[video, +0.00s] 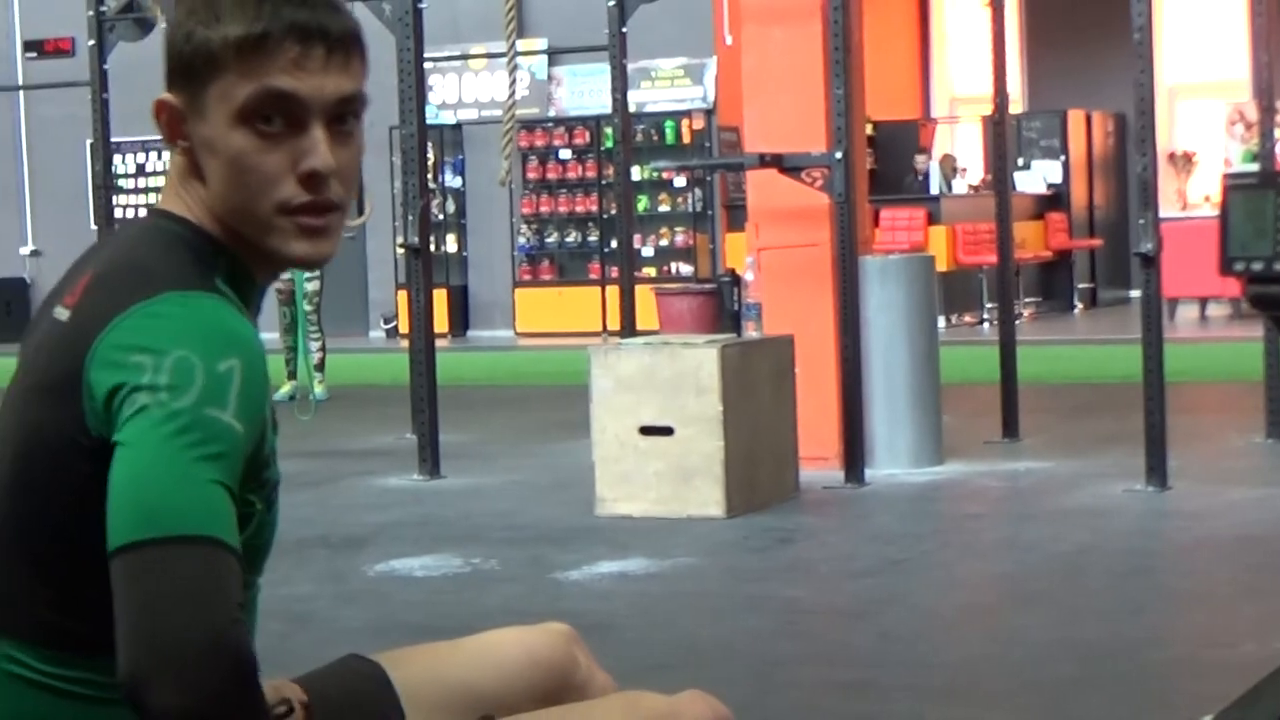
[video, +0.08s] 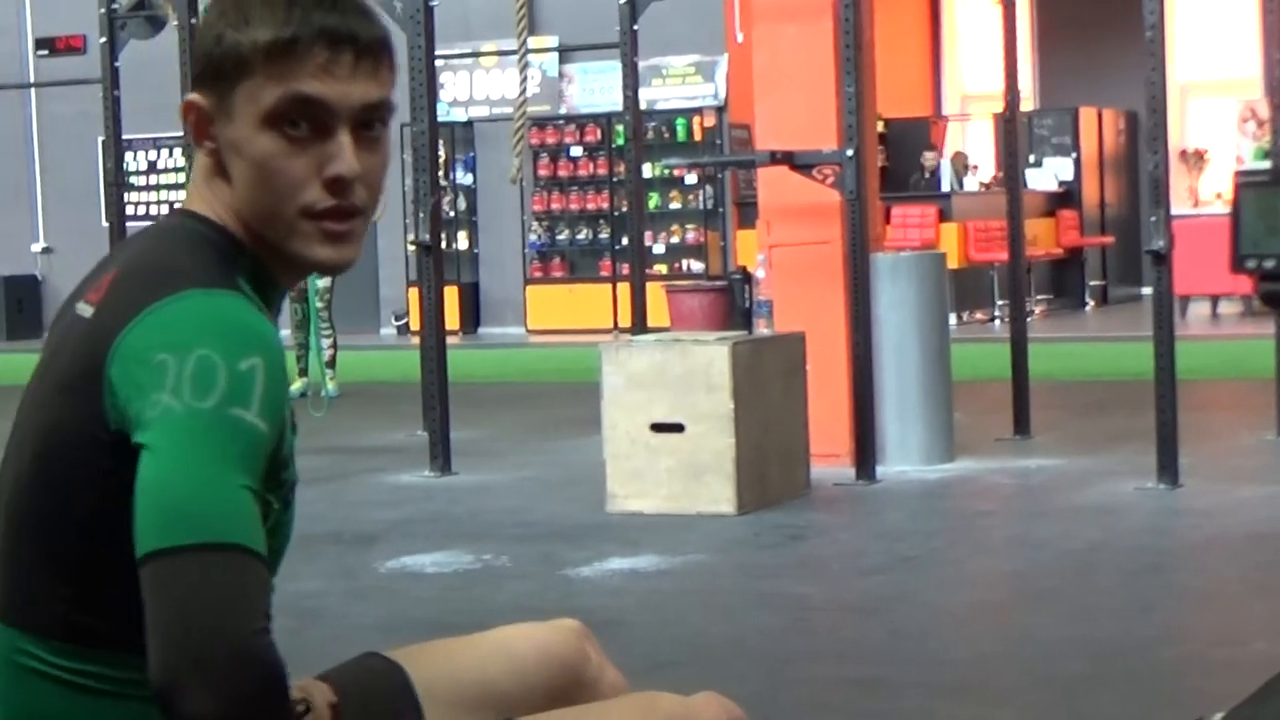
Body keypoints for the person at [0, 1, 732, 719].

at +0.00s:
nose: (322, 163)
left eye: (343, 121)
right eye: (273, 123)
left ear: (367, 128)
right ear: (179, 133)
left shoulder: (130, 268)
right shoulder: (190, 331)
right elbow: (183, 682)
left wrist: (237, 691)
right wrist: (269, 703)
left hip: (85, 691)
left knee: (553, 654)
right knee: (695, 708)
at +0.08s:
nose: (347, 170)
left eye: (370, 129)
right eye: (300, 128)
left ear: (393, 134)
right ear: (207, 133)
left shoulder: (169, 274)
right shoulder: (208, 325)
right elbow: (213, 679)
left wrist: (261, 695)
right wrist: (287, 708)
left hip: (108, 692)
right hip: (132, 718)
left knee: (566, 653)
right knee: (708, 711)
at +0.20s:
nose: (382, 166)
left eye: (406, 125)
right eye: (335, 120)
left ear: (428, 131)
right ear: (239, 121)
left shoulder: (213, 273)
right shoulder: (240, 315)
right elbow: (246, 677)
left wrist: (301, 690)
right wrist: (326, 708)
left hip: (155, 691)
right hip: (155, 718)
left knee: (580, 641)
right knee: (722, 706)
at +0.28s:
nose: (401, 149)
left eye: (426, 112)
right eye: (357, 105)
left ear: (447, 121)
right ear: (262, 107)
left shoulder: (231, 254)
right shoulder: (263, 296)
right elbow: (263, 647)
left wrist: (334, 689)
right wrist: (347, 714)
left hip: (189, 684)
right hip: (190, 714)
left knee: (589, 624)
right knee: (731, 691)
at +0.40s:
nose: (423, 114)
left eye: (446, 78)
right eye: (378, 70)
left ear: (466, 90)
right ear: (283, 74)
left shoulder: (247, 223)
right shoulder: (281, 261)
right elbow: (296, 617)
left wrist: (343, 665)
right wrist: (367, 712)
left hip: (201, 670)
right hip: (221, 703)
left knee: (603, 583)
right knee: (745, 661)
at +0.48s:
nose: (429, 105)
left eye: (452, 69)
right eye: (385, 60)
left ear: (471, 82)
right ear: (289, 62)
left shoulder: (255, 210)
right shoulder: (288, 248)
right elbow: (307, 601)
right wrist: (382, 712)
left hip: (212, 662)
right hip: (236, 701)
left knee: (609, 566)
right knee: (758, 650)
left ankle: (716, 707)